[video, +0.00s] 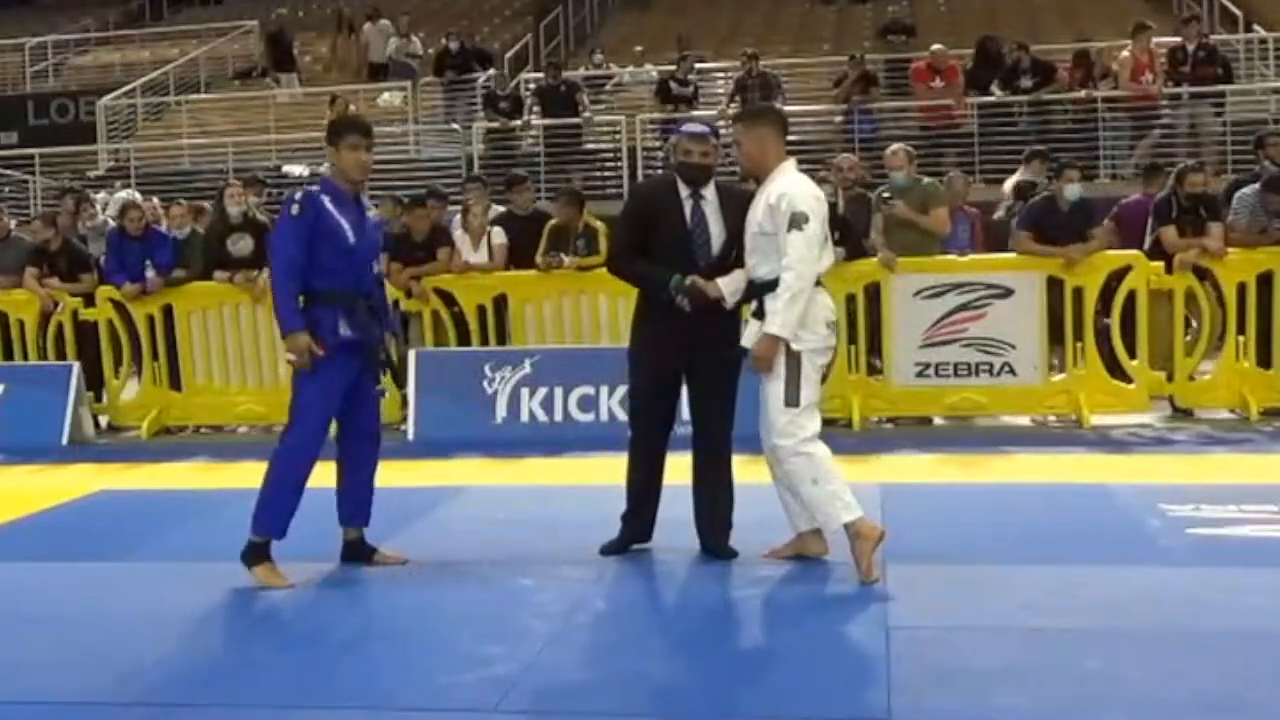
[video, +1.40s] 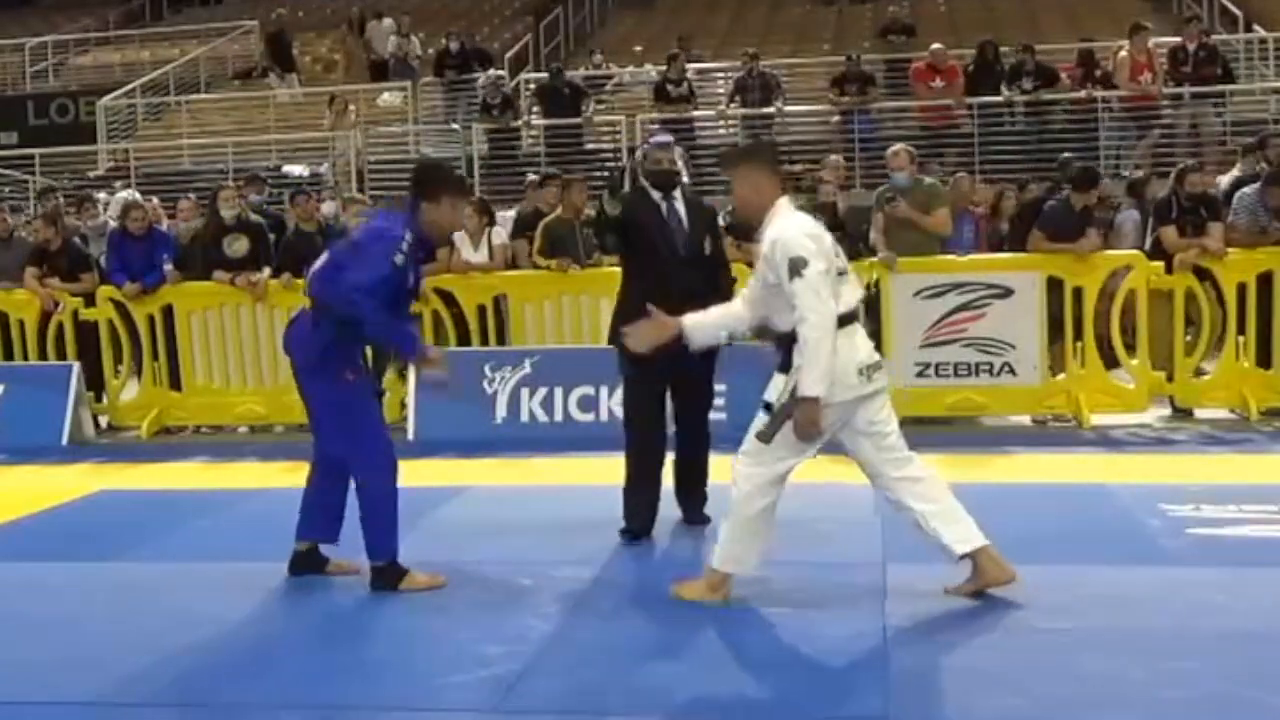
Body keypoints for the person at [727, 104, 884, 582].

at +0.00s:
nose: (738, 152)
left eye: (742, 142)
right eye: (738, 142)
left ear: (765, 141)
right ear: (769, 141)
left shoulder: (797, 193)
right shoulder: (771, 193)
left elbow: (799, 270)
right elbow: (763, 265)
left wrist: (775, 331)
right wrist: (720, 288)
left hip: (800, 317)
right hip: (776, 315)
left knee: (791, 434)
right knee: (777, 435)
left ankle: (857, 526)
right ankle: (807, 533)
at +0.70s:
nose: (739, 164)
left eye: (743, 153)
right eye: (738, 154)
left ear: (769, 151)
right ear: (781, 150)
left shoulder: (797, 205)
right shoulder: (813, 190)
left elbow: (815, 289)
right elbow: (826, 261)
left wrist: (798, 364)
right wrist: (763, 255)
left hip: (835, 333)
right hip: (858, 323)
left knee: (813, 455)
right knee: (853, 447)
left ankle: (820, 574)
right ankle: (874, 548)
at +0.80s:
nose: (752, 161)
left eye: (756, 149)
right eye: (752, 150)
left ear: (783, 148)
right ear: (793, 148)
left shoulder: (807, 206)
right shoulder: (834, 188)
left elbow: (823, 291)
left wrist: (807, 366)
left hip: (843, 335)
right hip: (871, 322)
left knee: (819, 456)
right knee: (870, 445)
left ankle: (821, 575)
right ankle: (927, 541)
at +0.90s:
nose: (771, 159)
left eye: (775, 148)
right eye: (771, 148)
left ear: (802, 148)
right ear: (816, 148)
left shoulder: (823, 206)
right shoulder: (853, 192)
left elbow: (835, 293)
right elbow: (883, 266)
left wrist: (818, 368)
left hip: (858, 342)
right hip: (890, 332)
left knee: (816, 458)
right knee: (900, 448)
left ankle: (820, 575)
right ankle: (978, 545)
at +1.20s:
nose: (782, 177)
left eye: (785, 166)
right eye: (781, 167)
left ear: (813, 162)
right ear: (822, 163)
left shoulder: (834, 217)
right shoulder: (860, 208)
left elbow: (850, 304)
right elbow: (846, 303)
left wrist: (839, 378)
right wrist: (792, 345)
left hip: (848, 359)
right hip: (886, 355)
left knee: (775, 448)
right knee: (914, 461)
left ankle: (768, 565)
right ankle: (989, 562)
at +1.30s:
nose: (758, 184)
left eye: (761, 172)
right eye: (756, 174)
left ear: (789, 167)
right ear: (794, 168)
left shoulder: (814, 221)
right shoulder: (828, 212)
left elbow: (838, 306)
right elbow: (803, 303)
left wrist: (829, 382)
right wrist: (738, 333)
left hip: (835, 361)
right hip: (871, 353)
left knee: (773, 461)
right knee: (909, 463)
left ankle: (732, 571)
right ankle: (987, 561)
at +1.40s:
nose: (731, 197)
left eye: (735, 185)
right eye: (731, 187)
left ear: (762, 182)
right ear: (765, 183)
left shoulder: (792, 236)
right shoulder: (786, 235)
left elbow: (816, 317)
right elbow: (750, 312)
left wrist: (809, 391)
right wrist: (677, 327)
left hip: (820, 372)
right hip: (856, 366)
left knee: (755, 468)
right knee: (899, 469)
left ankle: (719, 578)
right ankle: (985, 558)